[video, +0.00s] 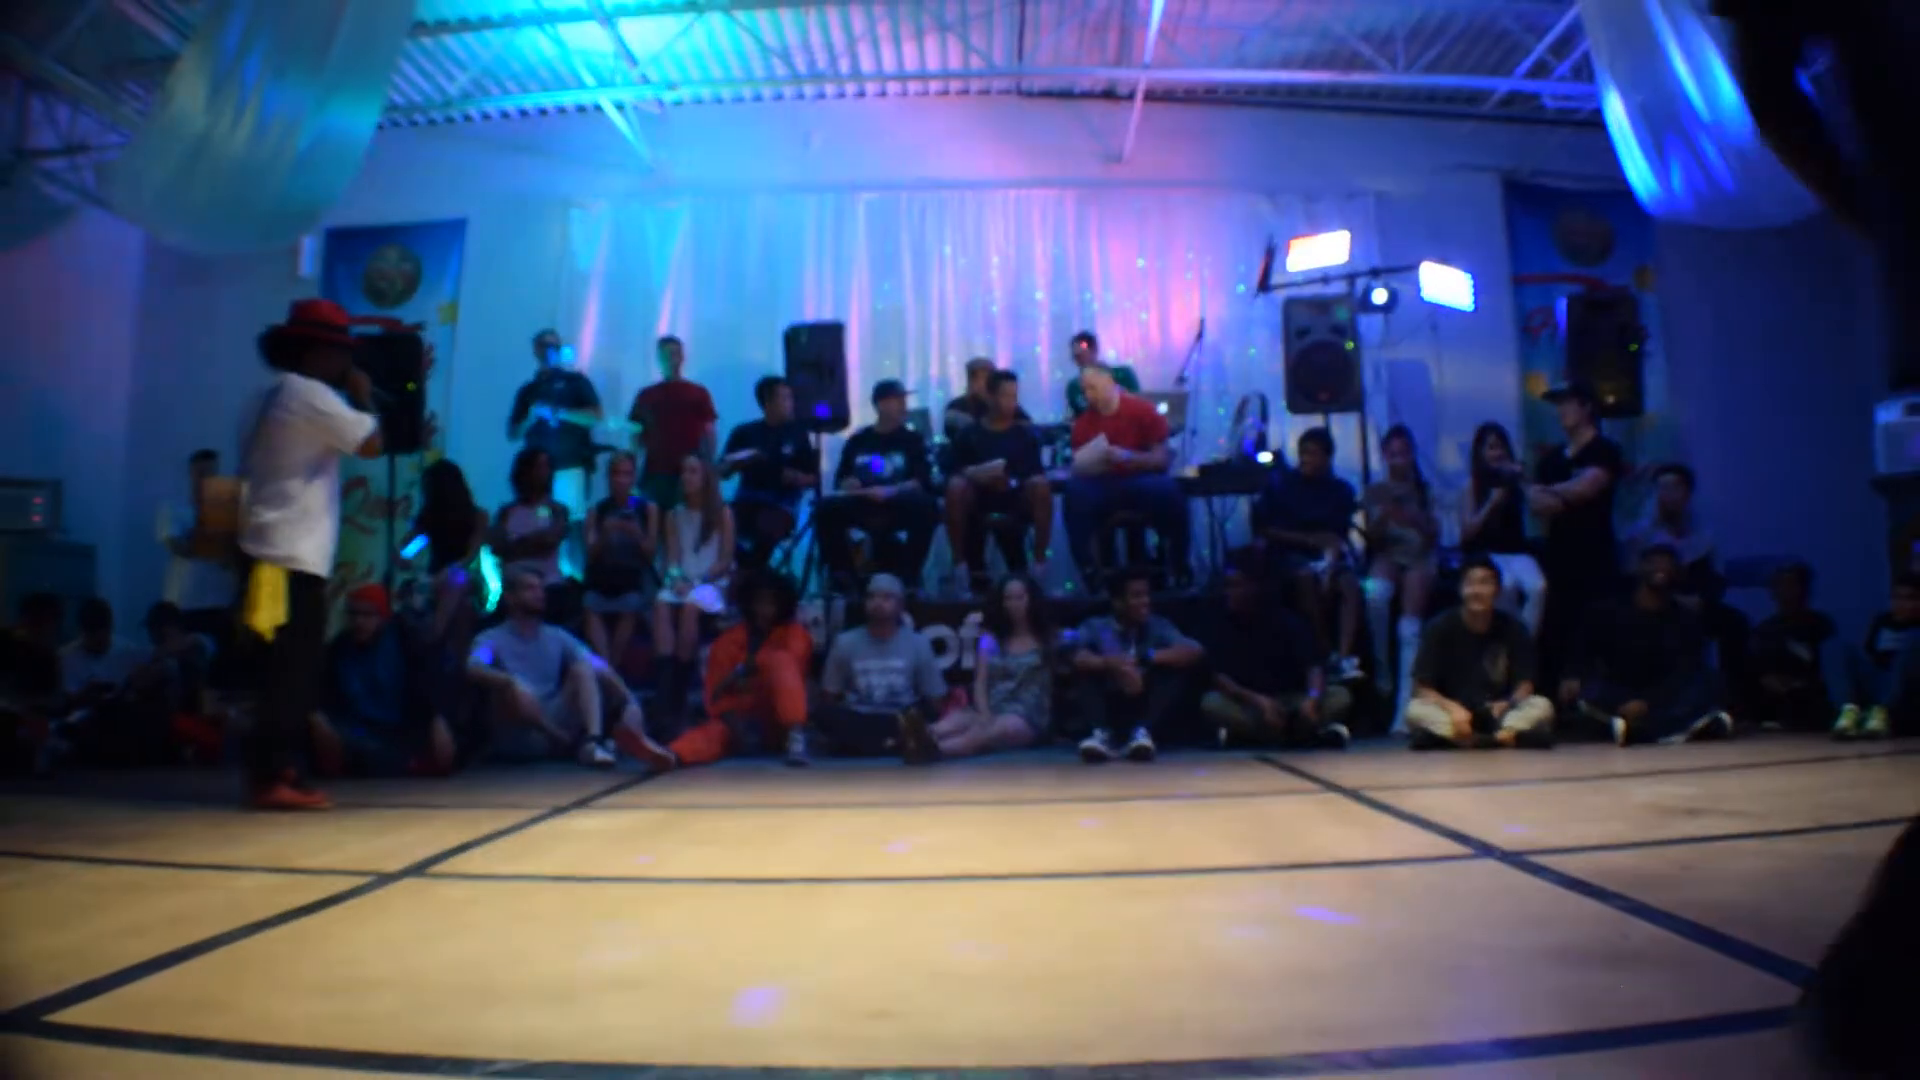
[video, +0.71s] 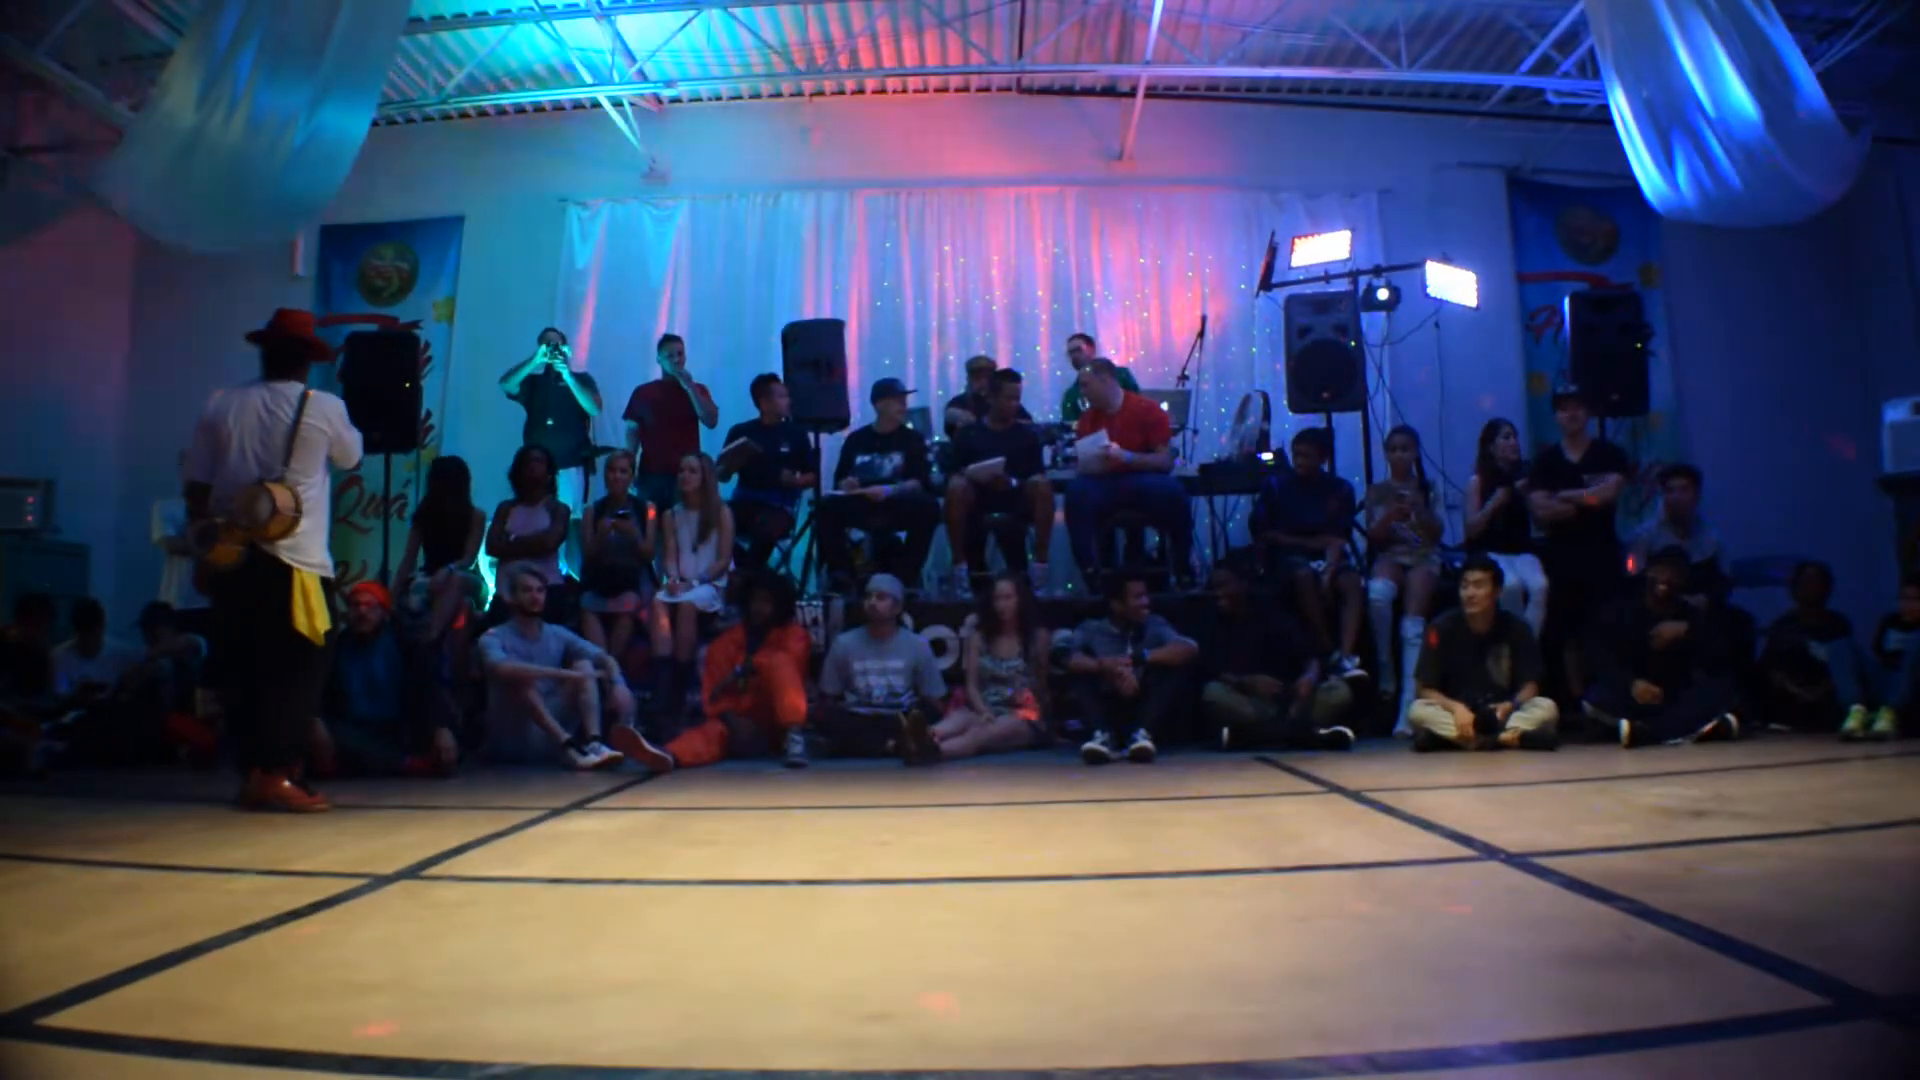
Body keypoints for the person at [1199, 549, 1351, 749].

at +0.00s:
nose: (1233, 592)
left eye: (1239, 585)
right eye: (1230, 586)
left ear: (1257, 587)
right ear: (1225, 587)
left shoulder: (1284, 619)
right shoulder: (1222, 624)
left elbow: (1313, 665)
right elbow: (1217, 677)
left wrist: (1313, 700)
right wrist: (1260, 702)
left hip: (1291, 692)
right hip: (1246, 699)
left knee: (1340, 697)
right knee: (1212, 703)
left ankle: (1246, 735)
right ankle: (1304, 736)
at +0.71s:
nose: (1221, 597)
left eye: (1227, 589)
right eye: (1216, 591)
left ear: (1243, 586)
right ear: (1213, 593)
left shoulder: (1269, 614)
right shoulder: (1216, 625)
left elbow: (1310, 657)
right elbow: (1215, 672)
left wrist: (1308, 680)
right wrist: (1249, 682)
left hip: (1289, 689)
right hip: (1250, 694)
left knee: (1338, 691)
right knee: (1213, 693)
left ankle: (1253, 737)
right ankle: (1307, 736)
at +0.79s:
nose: (1217, 594)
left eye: (1223, 586)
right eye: (1212, 589)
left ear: (1240, 585)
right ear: (1207, 592)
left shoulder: (1265, 613)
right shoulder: (1211, 625)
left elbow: (1313, 653)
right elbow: (1212, 670)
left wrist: (1309, 670)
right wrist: (1249, 674)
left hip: (1287, 684)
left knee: (1335, 685)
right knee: (1215, 687)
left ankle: (1251, 736)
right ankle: (1305, 735)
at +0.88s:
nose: (1223, 593)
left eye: (1228, 586)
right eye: (1216, 588)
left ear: (1242, 586)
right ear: (1210, 592)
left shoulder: (1264, 613)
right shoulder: (1210, 622)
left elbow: (1315, 647)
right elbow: (1212, 664)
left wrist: (1306, 660)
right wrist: (1251, 668)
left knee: (1332, 677)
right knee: (1218, 680)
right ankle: (1294, 731)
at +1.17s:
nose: (1221, 593)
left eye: (1226, 585)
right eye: (1216, 588)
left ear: (1243, 586)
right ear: (1212, 592)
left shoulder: (1265, 613)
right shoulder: (1212, 623)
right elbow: (1208, 664)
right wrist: (1253, 664)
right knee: (1213, 681)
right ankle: (1293, 733)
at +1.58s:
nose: (1232, 594)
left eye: (1238, 587)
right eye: (1227, 589)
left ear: (1252, 587)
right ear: (1221, 592)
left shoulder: (1272, 614)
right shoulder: (1220, 623)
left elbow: (1313, 635)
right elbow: (1214, 668)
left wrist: (1270, 665)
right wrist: (1257, 680)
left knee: (1291, 637)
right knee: (1203, 686)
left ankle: (1251, 736)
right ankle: (1284, 735)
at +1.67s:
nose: (1232, 593)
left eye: (1238, 586)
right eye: (1227, 588)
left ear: (1253, 586)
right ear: (1221, 591)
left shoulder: (1273, 614)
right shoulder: (1219, 623)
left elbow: (1317, 637)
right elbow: (1214, 668)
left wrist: (1276, 670)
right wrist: (1261, 685)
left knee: (1294, 639)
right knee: (1202, 688)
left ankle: (1250, 734)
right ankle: (1280, 733)